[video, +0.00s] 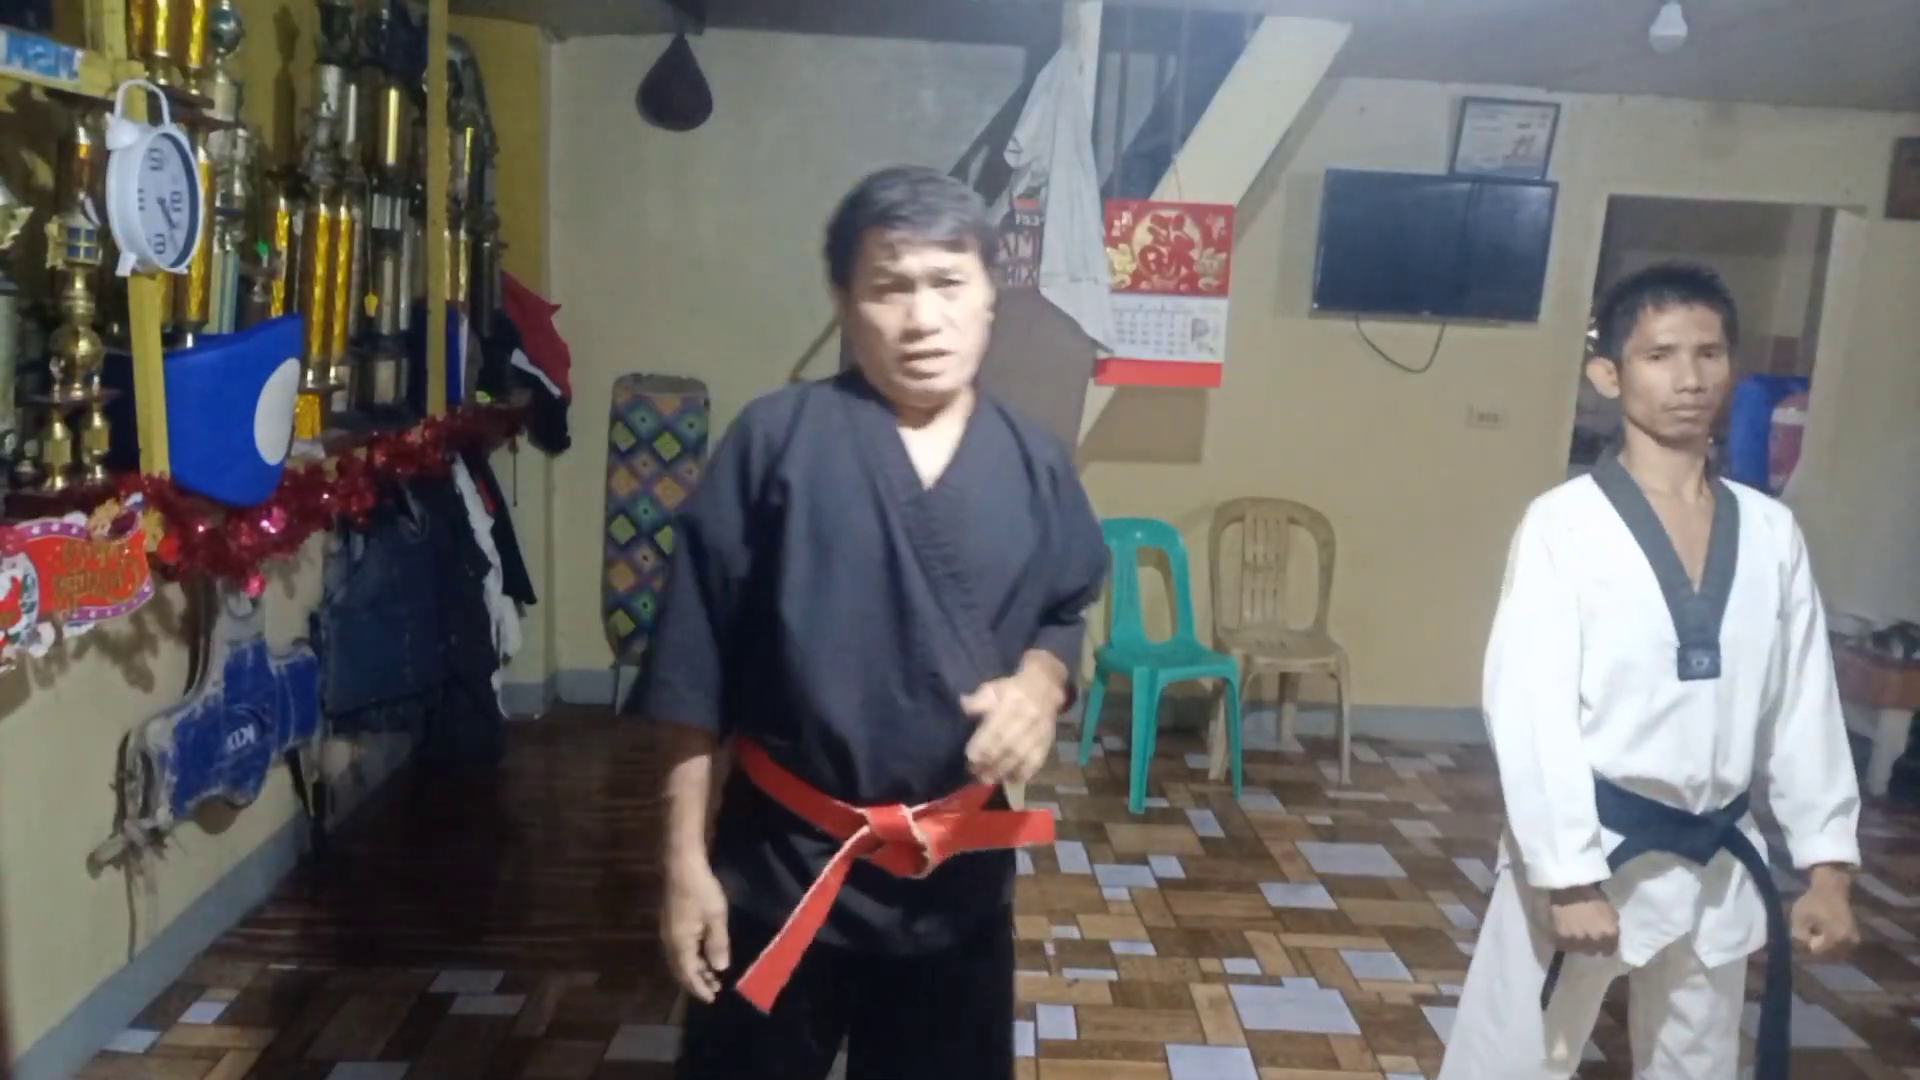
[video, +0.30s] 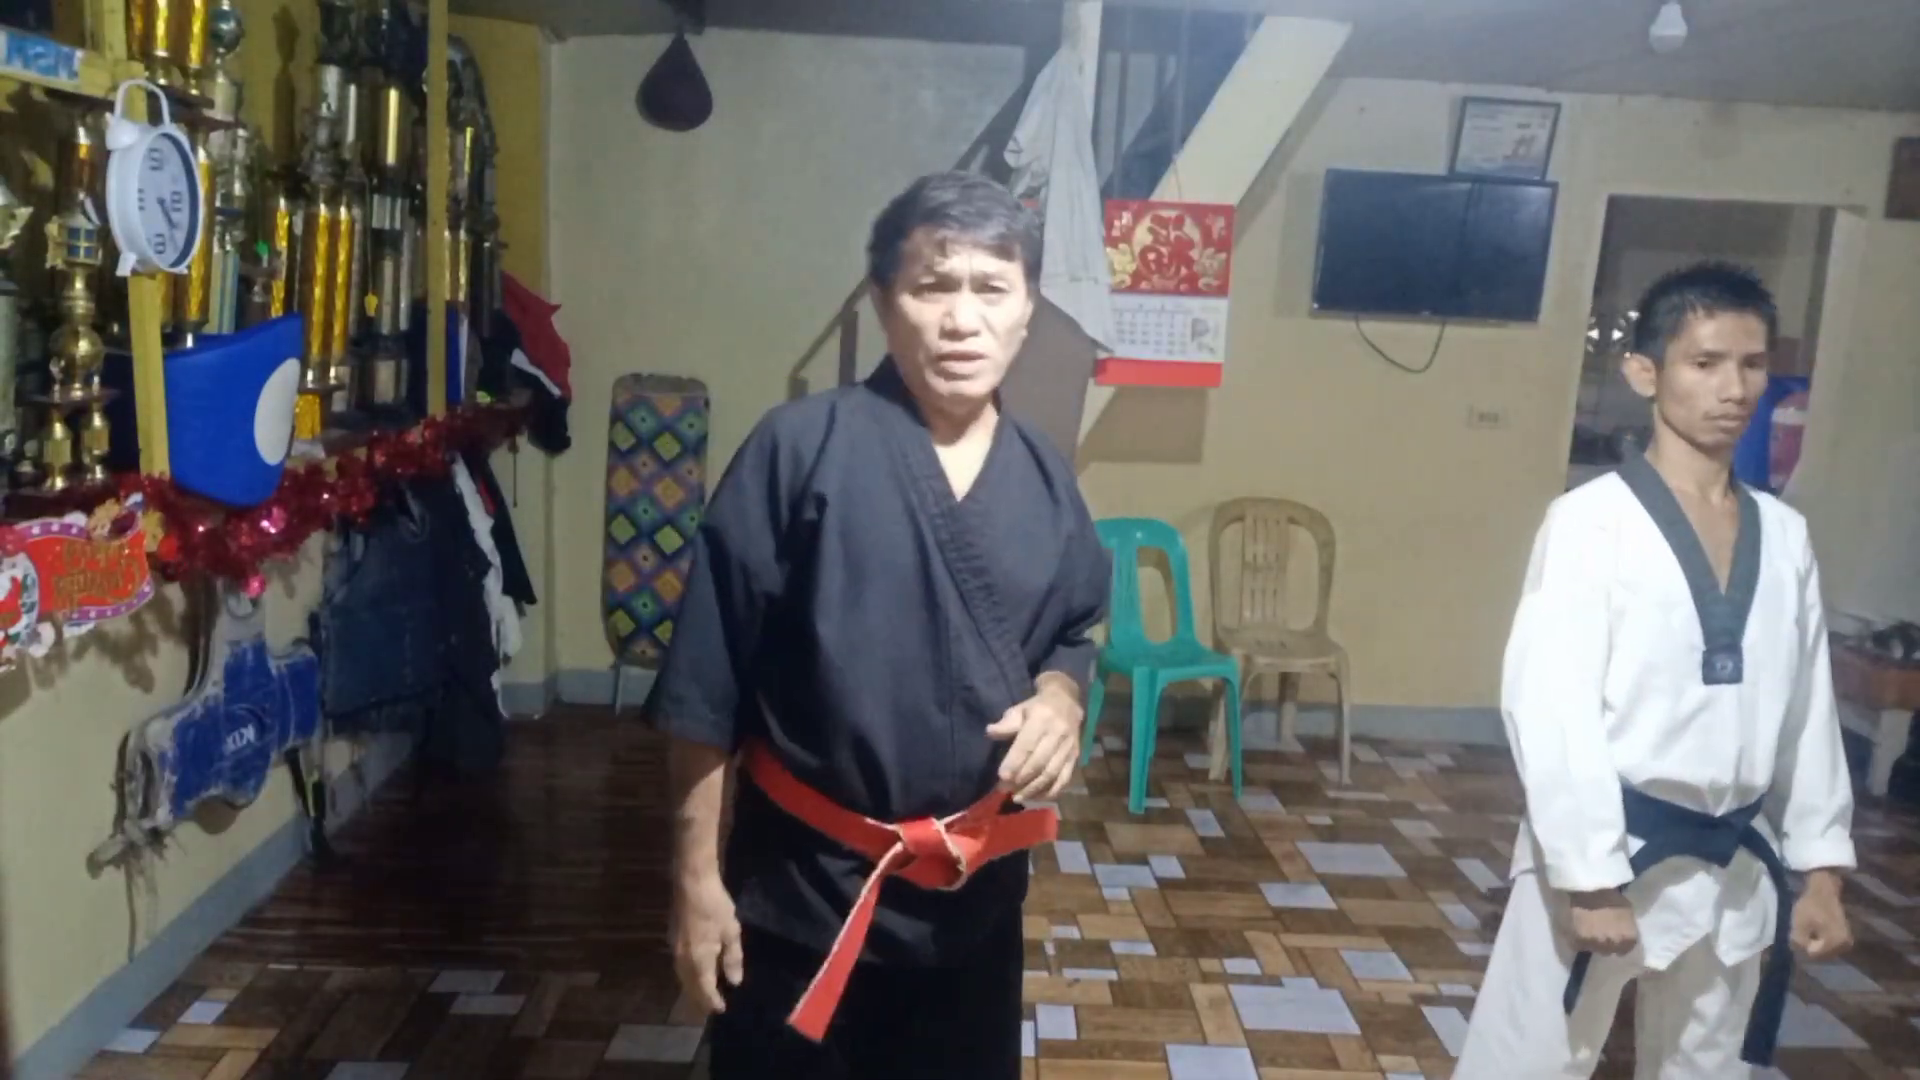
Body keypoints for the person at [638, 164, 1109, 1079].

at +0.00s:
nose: (922, 316)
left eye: (949, 284)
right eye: (891, 288)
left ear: (993, 298)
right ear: (846, 307)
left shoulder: (1035, 462)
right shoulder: (772, 441)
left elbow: (1063, 614)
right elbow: (692, 658)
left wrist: (1042, 686)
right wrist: (684, 859)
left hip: (958, 883)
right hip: (784, 880)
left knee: (954, 1069)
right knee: (744, 1068)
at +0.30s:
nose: (963, 318)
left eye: (991, 288)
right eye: (931, 287)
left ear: (1029, 304)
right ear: (881, 300)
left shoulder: (1043, 474)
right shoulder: (798, 449)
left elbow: (1075, 631)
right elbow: (704, 676)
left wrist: (1064, 701)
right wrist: (697, 881)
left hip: (976, 895)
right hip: (808, 892)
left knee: (969, 1068)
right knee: (782, 1066)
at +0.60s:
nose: (884, 307)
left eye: (907, 273)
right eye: (849, 280)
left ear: (947, 289)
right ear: (793, 306)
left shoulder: (994, 461)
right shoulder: (732, 472)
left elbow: (1039, 621)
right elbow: (665, 720)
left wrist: (1026, 692)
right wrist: (669, 945)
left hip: (951, 920)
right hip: (783, 927)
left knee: (951, 1070)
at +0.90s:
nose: (868, 314)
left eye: (891, 278)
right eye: (831, 290)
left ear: (935, 287)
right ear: (779, 316)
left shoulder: (989, 462)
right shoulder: (721, 483)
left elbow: (1034, 622)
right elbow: (653, 733)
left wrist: (1014, 706)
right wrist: (664, 964)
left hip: (948, 922)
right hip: (775, 934)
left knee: (948, 1069)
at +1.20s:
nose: (905, 297)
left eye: (930, 266)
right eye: (867, 271)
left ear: (969, 292)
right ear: (817, 309)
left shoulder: (1008, 472)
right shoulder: (739, 472)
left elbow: (1042, 632)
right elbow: (653, 697)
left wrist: (1021, 721)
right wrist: (695, 889)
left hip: (948, 914)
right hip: (774, 917)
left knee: (946, 1070)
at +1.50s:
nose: (899, 303)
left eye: (924, 273)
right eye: (864, 276)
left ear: (962, 293)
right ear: (811, 303)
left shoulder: (1004, 474)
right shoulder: (732, 469)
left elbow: (1039, 644)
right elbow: (648, 682)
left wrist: (1020, 785)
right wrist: (759, 826)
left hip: (951, 926)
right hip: (771, 926)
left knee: (951, 1071)